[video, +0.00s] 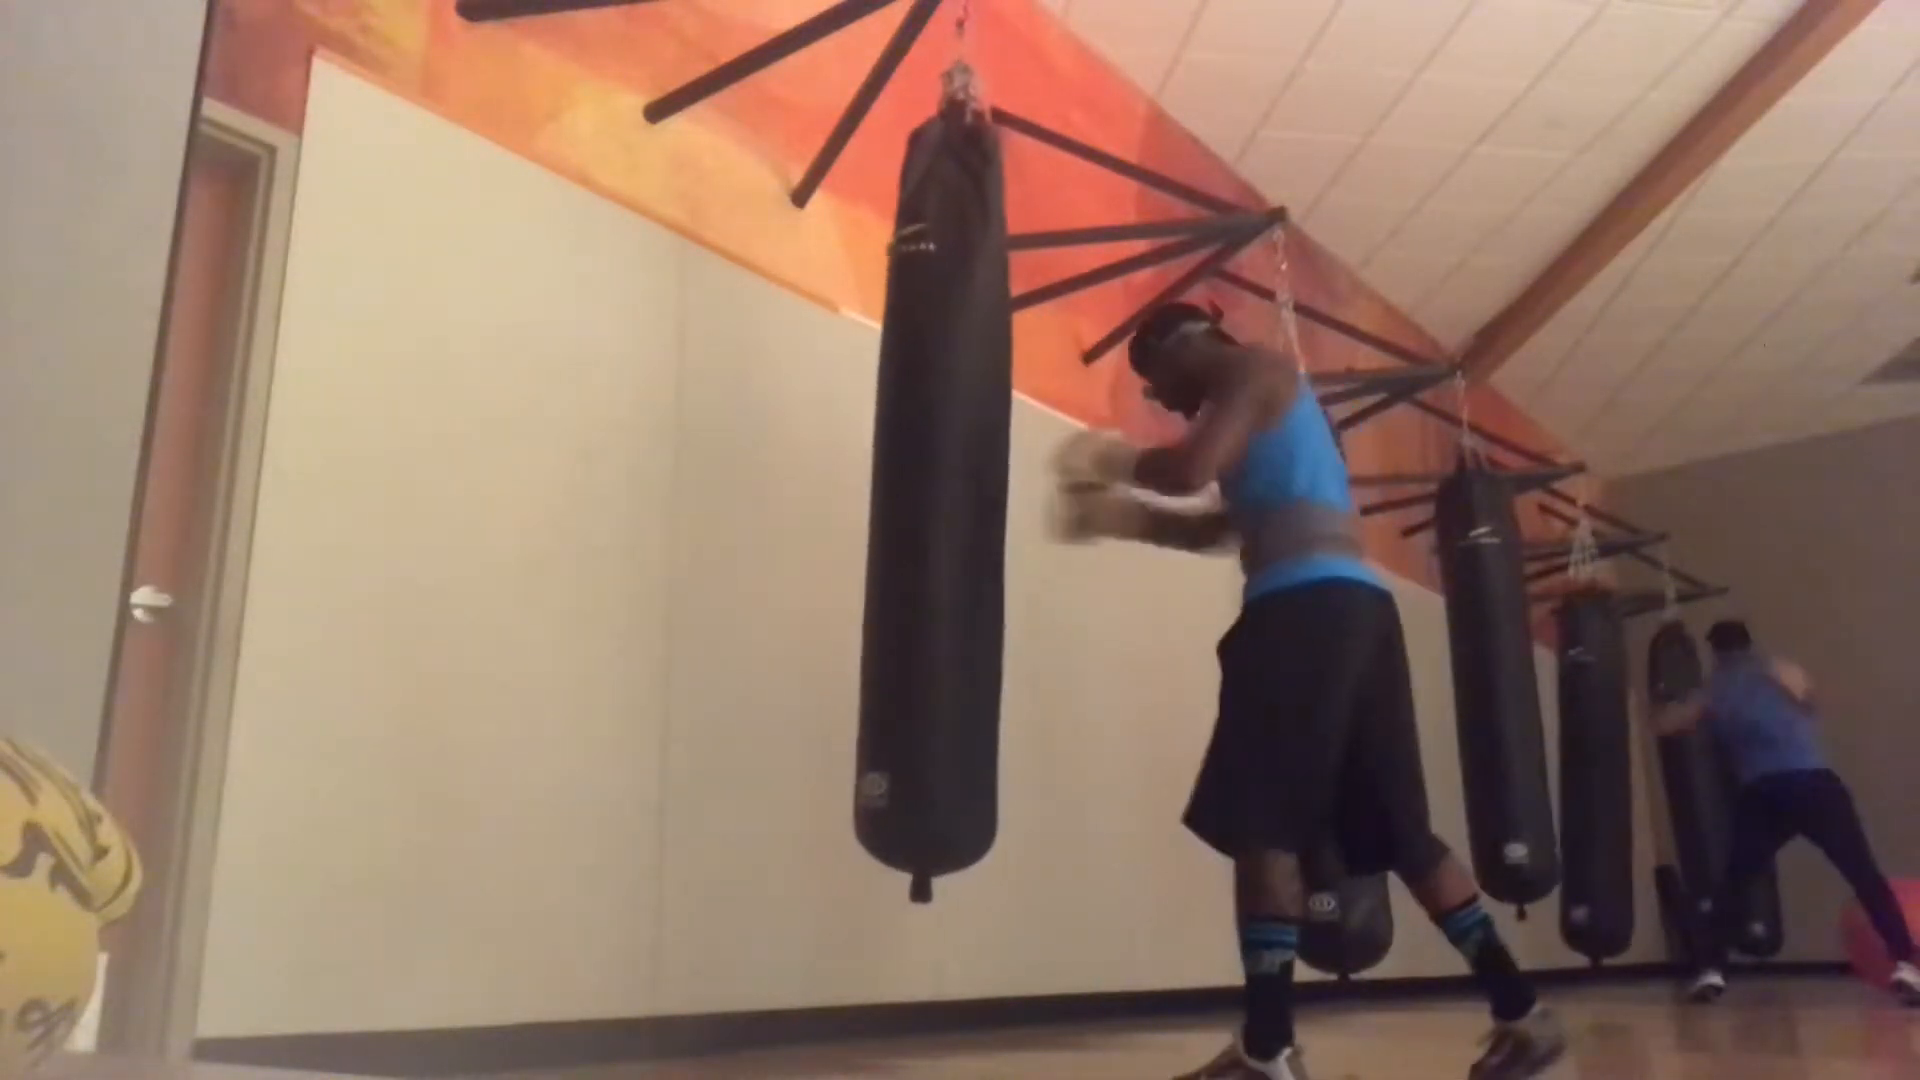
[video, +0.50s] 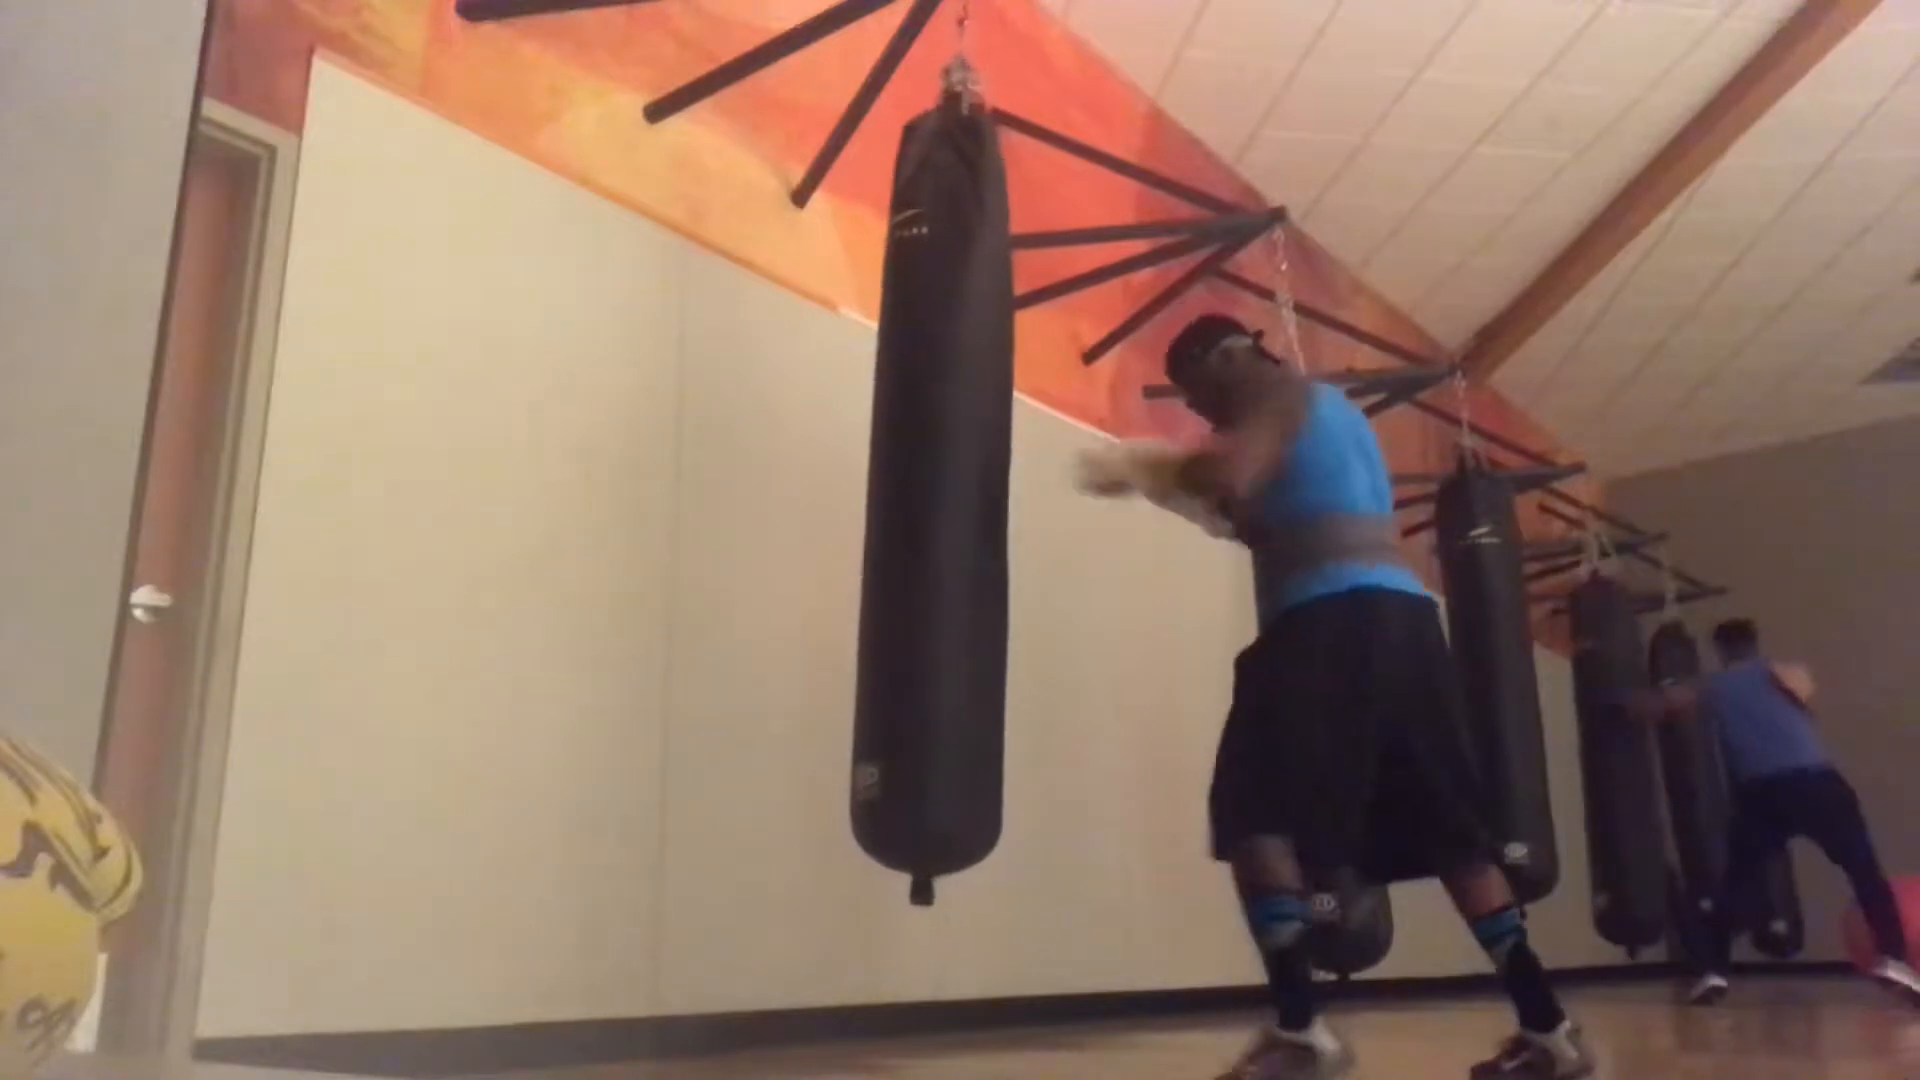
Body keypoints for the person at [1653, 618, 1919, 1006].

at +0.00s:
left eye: (1721, 650)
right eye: (1734, 645)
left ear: (1715, 652)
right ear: (1749, 643)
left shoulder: (1714, 690)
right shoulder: (1776, 668)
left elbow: (1671, 723)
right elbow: (1807, 695)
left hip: (1762, 794)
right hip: (1815, 785)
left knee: (1735, 878)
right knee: (1863, 873)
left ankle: (1712, 968)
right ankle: (1906, 960)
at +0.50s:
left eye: (1727, 649)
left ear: (1720, 651)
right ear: (1755, 645)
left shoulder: (1712, 686)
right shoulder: (1781, 672)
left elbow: (1667, 701)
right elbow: (1806, 695)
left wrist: (1634, 702)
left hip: (1763, 792)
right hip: (1817, 783)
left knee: (1738, 878)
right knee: (1863, 867)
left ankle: (1715, 970)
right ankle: (1894, 955)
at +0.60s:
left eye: (1747, 648)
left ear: (1738, 651)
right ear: (1774, 646)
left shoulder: (1725, 689)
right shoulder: (1799, 677)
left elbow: (1691, 733)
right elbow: (1823, 707)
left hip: (1766, 800)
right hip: (1824, 794)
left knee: (1740, 884)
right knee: (1867, 878)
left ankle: (1715, 973)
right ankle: (1899, 967)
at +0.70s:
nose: (1764, 654)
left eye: (1759, 647)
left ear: (1752, 649)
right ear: (1791, 642)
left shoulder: (1742, 684)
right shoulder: (1815, 671)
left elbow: (1735, 739)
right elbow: (1839, 701)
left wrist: (1752, 767)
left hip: (1775, 799)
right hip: (1834, 794)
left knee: (1746, 880)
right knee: (1878, 881)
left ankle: (1722, 968)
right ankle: (1904, 972)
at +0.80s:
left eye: (1770, 640)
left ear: (1760, 645)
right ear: (1800, 638)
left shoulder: (1750, 681)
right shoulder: (1825, 667)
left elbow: (1741, 738)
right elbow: (1849, 695)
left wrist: (1770, 752)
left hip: (1783, 794)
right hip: (1843, 790)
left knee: (1758, 876)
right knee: (1880, 881)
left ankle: (1739, 971)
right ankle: (1903, 975)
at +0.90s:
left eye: (1769, 639)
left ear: (1762, 642)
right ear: (1801, 636)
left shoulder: (1750, 682)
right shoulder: (1830, 667)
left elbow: (1741, 738)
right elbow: (1852, 700)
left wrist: (1772, 749)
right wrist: (1821, 723)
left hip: (1786, 794)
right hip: (1847, 788)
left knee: (1770, 884)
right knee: (1880, 881)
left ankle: (1758, 978)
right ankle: (1904, 976)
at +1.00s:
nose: (1761, 650)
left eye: (1756, 644)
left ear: (1754, 645)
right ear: (1793, 636)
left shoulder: (1745, 685)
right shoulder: (1827, 667)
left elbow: (1743, 748)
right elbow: (1847, 704)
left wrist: (1775, 758)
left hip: (1788, 796)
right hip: (1849, 789)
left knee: (1771, 889)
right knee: (1880, 882)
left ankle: (1760, 983)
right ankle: (1904, 978)